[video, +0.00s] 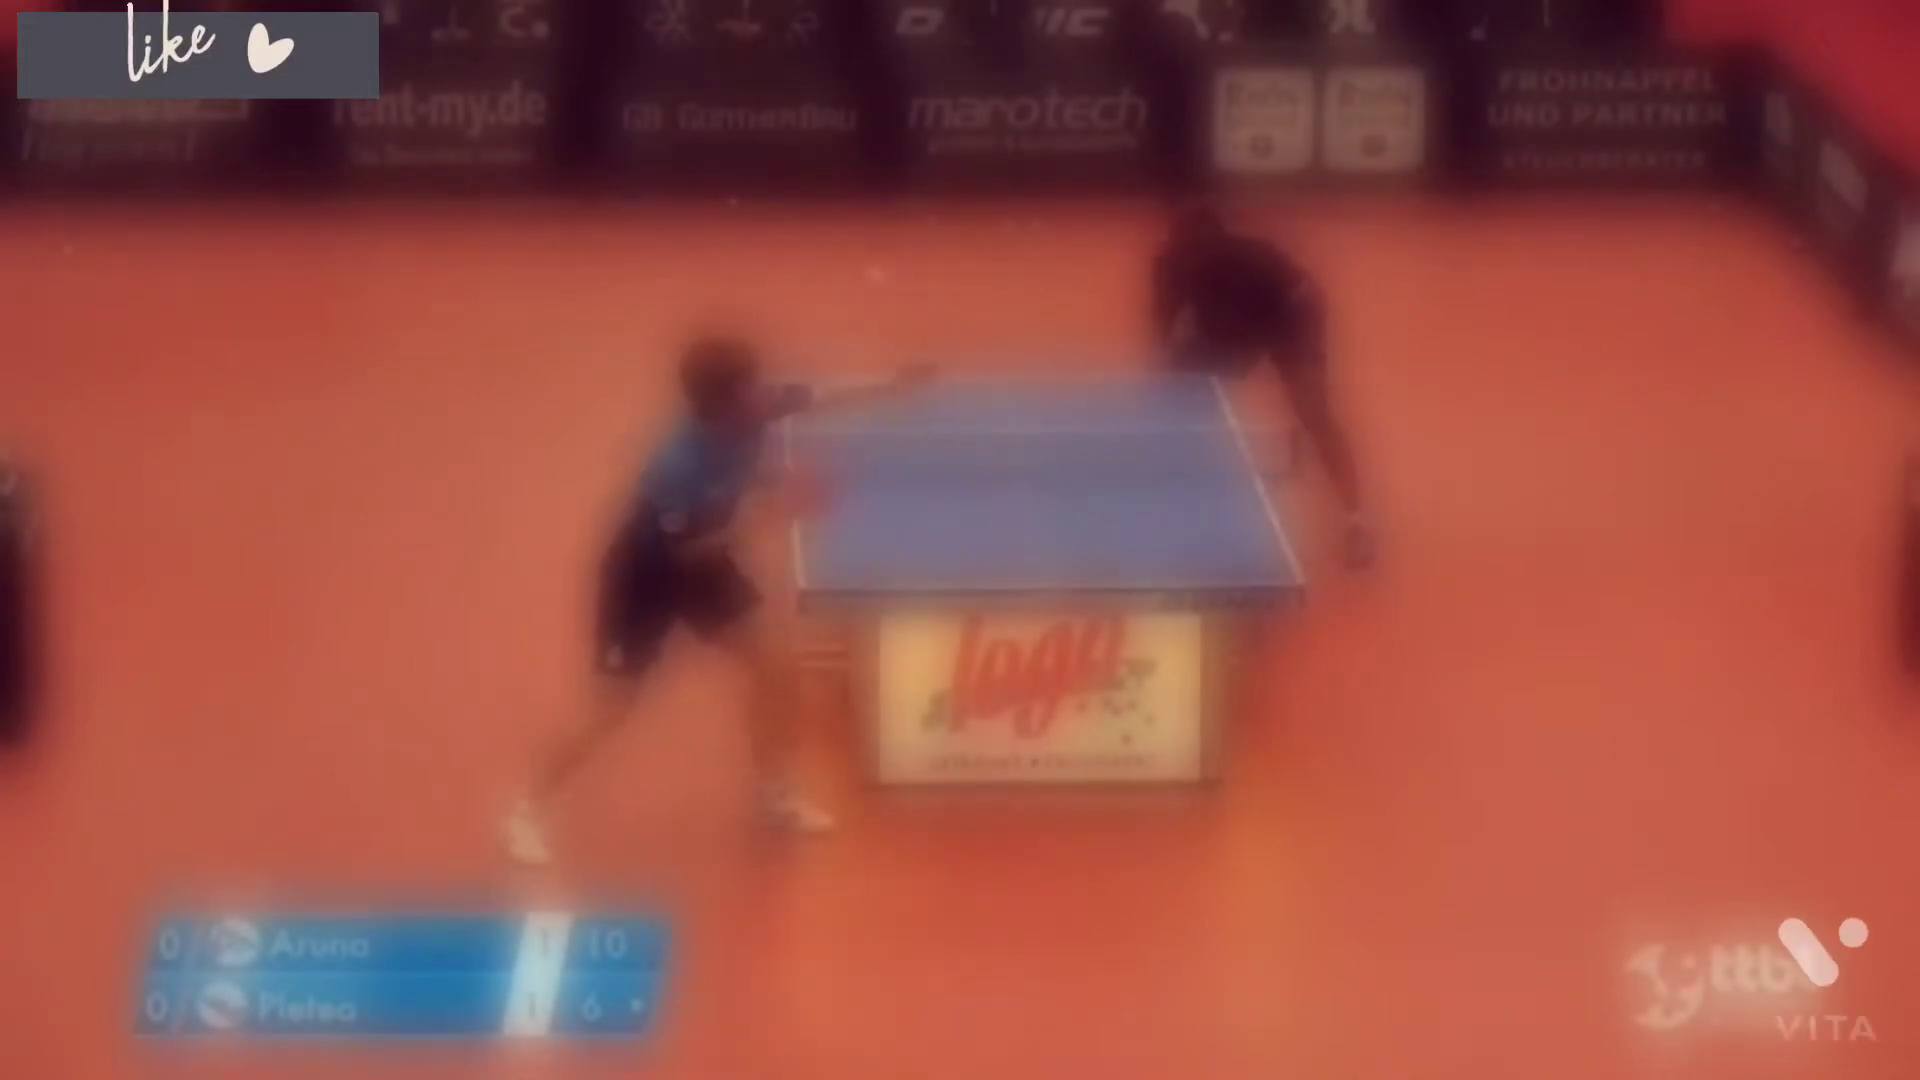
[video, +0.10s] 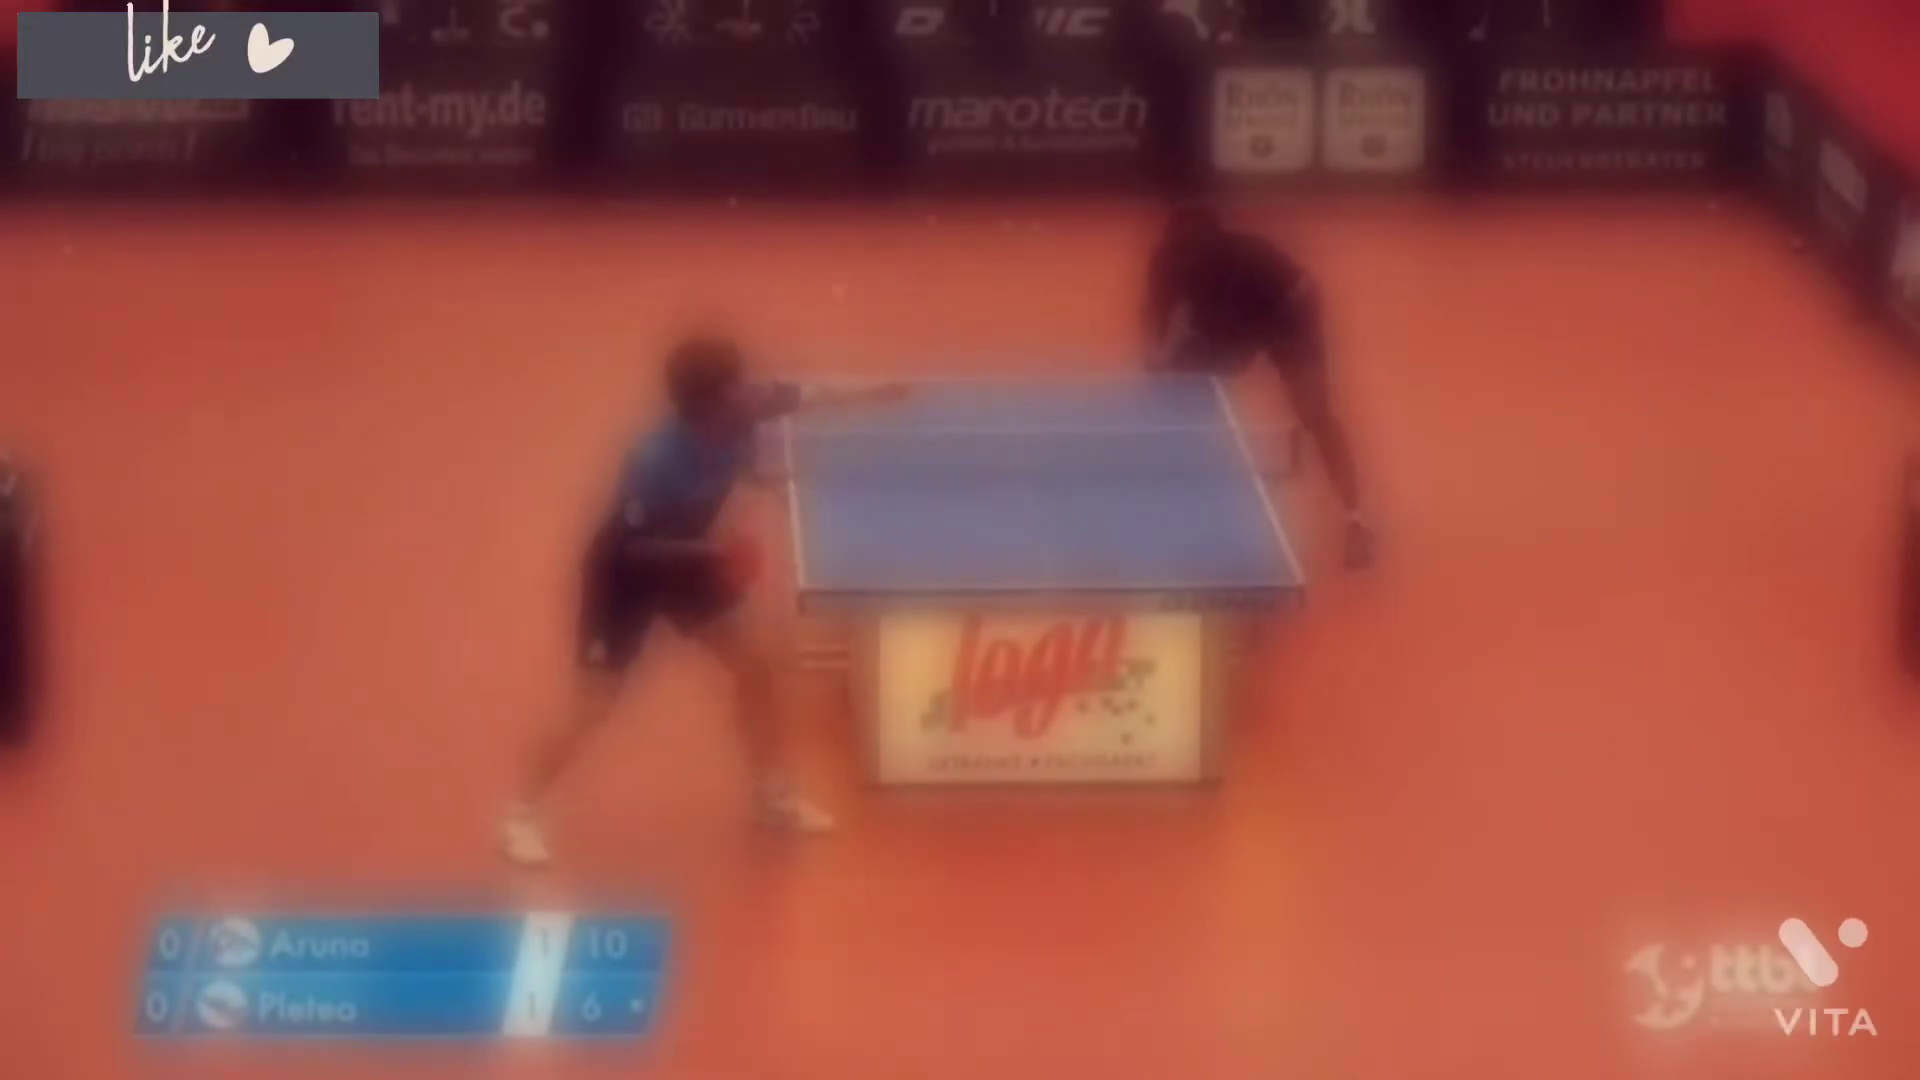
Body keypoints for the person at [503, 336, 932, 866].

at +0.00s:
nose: (754, 397)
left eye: (752, 386)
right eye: (744, 390)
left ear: (745, 392)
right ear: (716, 397)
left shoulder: (749, 417)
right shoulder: (685, 458)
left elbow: (814, 400)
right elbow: (685, 544)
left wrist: (891, 391)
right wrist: (766, 505)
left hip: (702, 560)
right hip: (644, 569)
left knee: (771, 662)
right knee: (614, 703)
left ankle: (776, 792)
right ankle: (531, 807)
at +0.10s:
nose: (743, 397)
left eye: (740, 386)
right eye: (732, 389)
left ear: (736, 386)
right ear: (704, 396)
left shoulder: (734, 420)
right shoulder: (662, 455)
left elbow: (797, 397)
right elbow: (629, 544)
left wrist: (879, 395)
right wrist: (710, 551)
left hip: (688, 563)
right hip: (626, 570)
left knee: (755, 665)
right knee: (595, 699)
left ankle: (772, 793)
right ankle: (524, 811)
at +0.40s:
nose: (777, 477)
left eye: (782, 467)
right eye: (772, 466)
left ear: (773, 457)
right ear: (749, 454)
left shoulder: (748, 469)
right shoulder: (687, 467)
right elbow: (601, 510)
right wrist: (668, 530)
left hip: (685, 562)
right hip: (622, 563)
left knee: (763, 638)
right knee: (591, 699)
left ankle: (712, 743)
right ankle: (520, 811)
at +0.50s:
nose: (832, 493)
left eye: (840, 484)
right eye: (835, 482)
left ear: (824, 456)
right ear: (818, 468)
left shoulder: (784, 454)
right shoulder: (755, 470)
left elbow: (752, 433)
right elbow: (678, 482)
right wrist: (718, 516)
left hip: (699, 576)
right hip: (644, 579)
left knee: (766, 673)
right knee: (614, 717)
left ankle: (732, 798)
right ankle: (528, 812)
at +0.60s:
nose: (876, 453)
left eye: (882, 442)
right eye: (877, 443)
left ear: (841, 416)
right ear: (862, 441)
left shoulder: (797, 430)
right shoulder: (787, 461)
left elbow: (742, 422)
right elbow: (776, 495)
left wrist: (679, 423)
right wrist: (822, 518)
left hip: (723, 582)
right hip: (670, 587)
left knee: (782, 681)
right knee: (660, 732)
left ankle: (732, 799)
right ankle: (548, 798)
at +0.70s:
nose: (891, 384)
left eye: (890, 372)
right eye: (890, 374)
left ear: (840, 364)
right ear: (883, 380)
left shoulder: (791, 398)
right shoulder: (848, 439)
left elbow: (724, 403)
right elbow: (897, 477)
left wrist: (659, 406)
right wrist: (934, 474)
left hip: (716, 570)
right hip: (746, 587)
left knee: (777, 697)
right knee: (775, 723)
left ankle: (736, 801)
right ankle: (641, 782)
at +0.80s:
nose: (901, 346)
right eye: (904, 337)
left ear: (853, 336)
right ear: (906, 345)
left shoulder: (809, 384)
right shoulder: (901, 413)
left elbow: (741, 403)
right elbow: (967, 467)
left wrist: (695, 427)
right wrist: (981, 455)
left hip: (757, 563)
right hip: (817, 575)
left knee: (765, 678)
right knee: (867, 706)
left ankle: (732, 802)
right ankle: (807, 818)